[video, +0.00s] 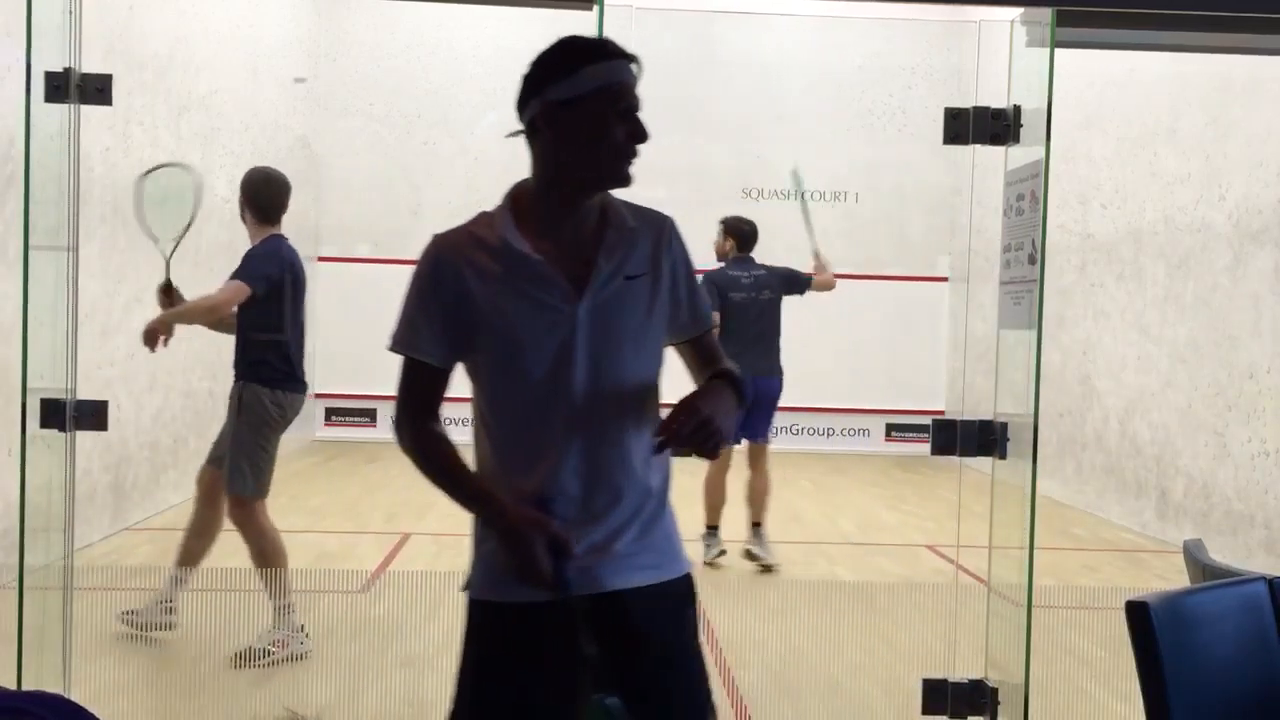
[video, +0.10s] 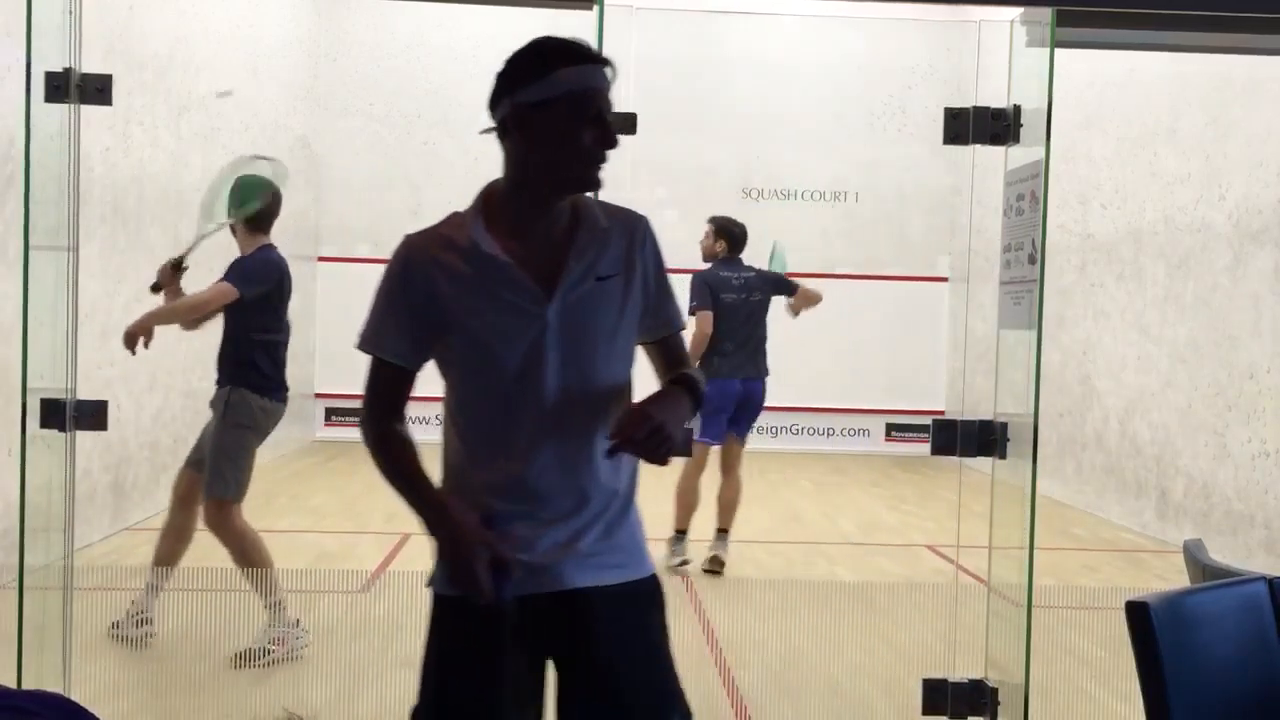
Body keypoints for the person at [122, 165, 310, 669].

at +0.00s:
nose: (238, 208)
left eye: (239, 201)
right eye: (247, 201)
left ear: (244, 205)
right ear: (284, 207)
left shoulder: (268, 254)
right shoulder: (278, 257)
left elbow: (225, 301)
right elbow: (240, 325)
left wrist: (168, 318)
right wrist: (186, 310)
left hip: (263, 394)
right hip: (264, 392)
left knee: (245, 507)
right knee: (211, 483)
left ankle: (289, 629)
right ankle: (168, 604)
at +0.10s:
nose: (229, 219)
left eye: (230, 211)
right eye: (237, 211)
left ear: (232, 215)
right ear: (272, 216)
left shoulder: (262, 264)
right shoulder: (259, 265)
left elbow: (202, 306)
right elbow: (195, 322)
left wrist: (148, 319)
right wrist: (175, 289)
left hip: (247, 400)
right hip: (243, 398)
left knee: (221, 512)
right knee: (188, 488)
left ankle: (285, 625)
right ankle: (144, 610)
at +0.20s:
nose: (214, 217)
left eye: (217, 210)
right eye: (218, 209)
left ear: (225, 216)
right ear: (255, 219)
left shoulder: (254, 268)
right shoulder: (224, 269)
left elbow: (199, 317)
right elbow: (161, 313)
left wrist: (154, 339)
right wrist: (186, 284)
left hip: (235, 400)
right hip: (218, 398)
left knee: (201, 513)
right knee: (170, 491)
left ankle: (278, 618)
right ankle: (141, 613)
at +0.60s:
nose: (224, 209)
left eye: (225, 203)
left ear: (226, 208)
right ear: (268, 214)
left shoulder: (210, 252)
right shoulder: (278, 269)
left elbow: (172, 317)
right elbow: (254, 335)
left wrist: (156, 302)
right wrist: (187, 344)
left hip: (196, 390)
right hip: (246, 399)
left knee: (158, 496)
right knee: (195, 503)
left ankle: (217, 599)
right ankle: (142, 613)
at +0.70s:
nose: (248, 218)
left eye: (242, 211)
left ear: (241, 216)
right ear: (282, 221)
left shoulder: (215, 256)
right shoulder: (293, 277)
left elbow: (167, 317)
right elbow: (274, 326)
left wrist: (186, 295)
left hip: (200, 391)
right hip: (258, 401)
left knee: (179, 496)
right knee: (230, 502)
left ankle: (207, 613)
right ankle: (159, 594)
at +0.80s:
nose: (283, 231)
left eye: (268, 222)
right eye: (295, 227)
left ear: (259, 225)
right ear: (299, 232)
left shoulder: (228, 264)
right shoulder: (307, 288)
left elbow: (182, 325)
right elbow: (293, 342)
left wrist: (214, 302)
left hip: (212, 399)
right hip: (270, 408)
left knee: (192, 503)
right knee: (277, 493)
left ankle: (213, 620)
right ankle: (207, 567)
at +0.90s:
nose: (315, 241)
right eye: (318, 235)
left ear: (281, 234)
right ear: (319, 239)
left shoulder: (247, 270)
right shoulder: (326, 293)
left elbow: (208, 333)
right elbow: (321, 366)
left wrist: (244, 326)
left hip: (231, 402)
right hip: (290, 409)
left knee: (205, 505)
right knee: (308, 484)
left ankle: (212, 618)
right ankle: (264, 578)